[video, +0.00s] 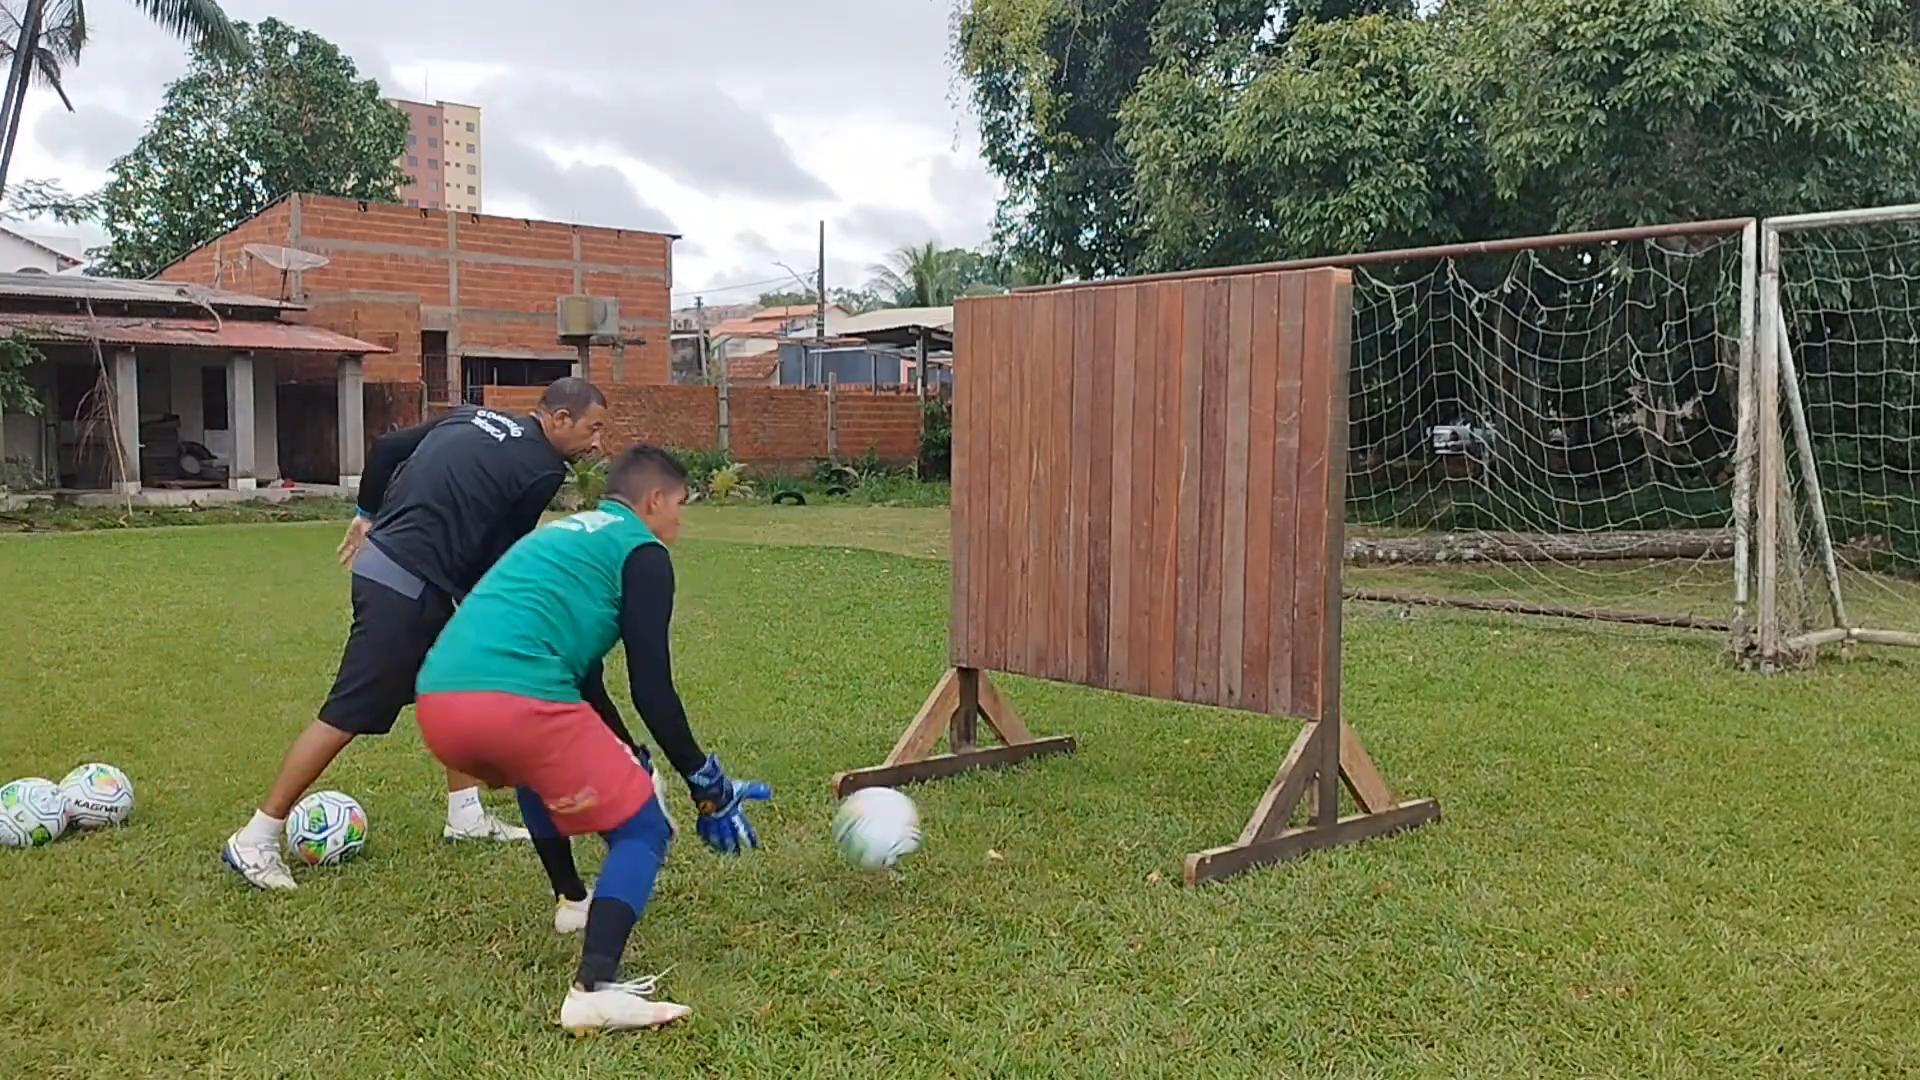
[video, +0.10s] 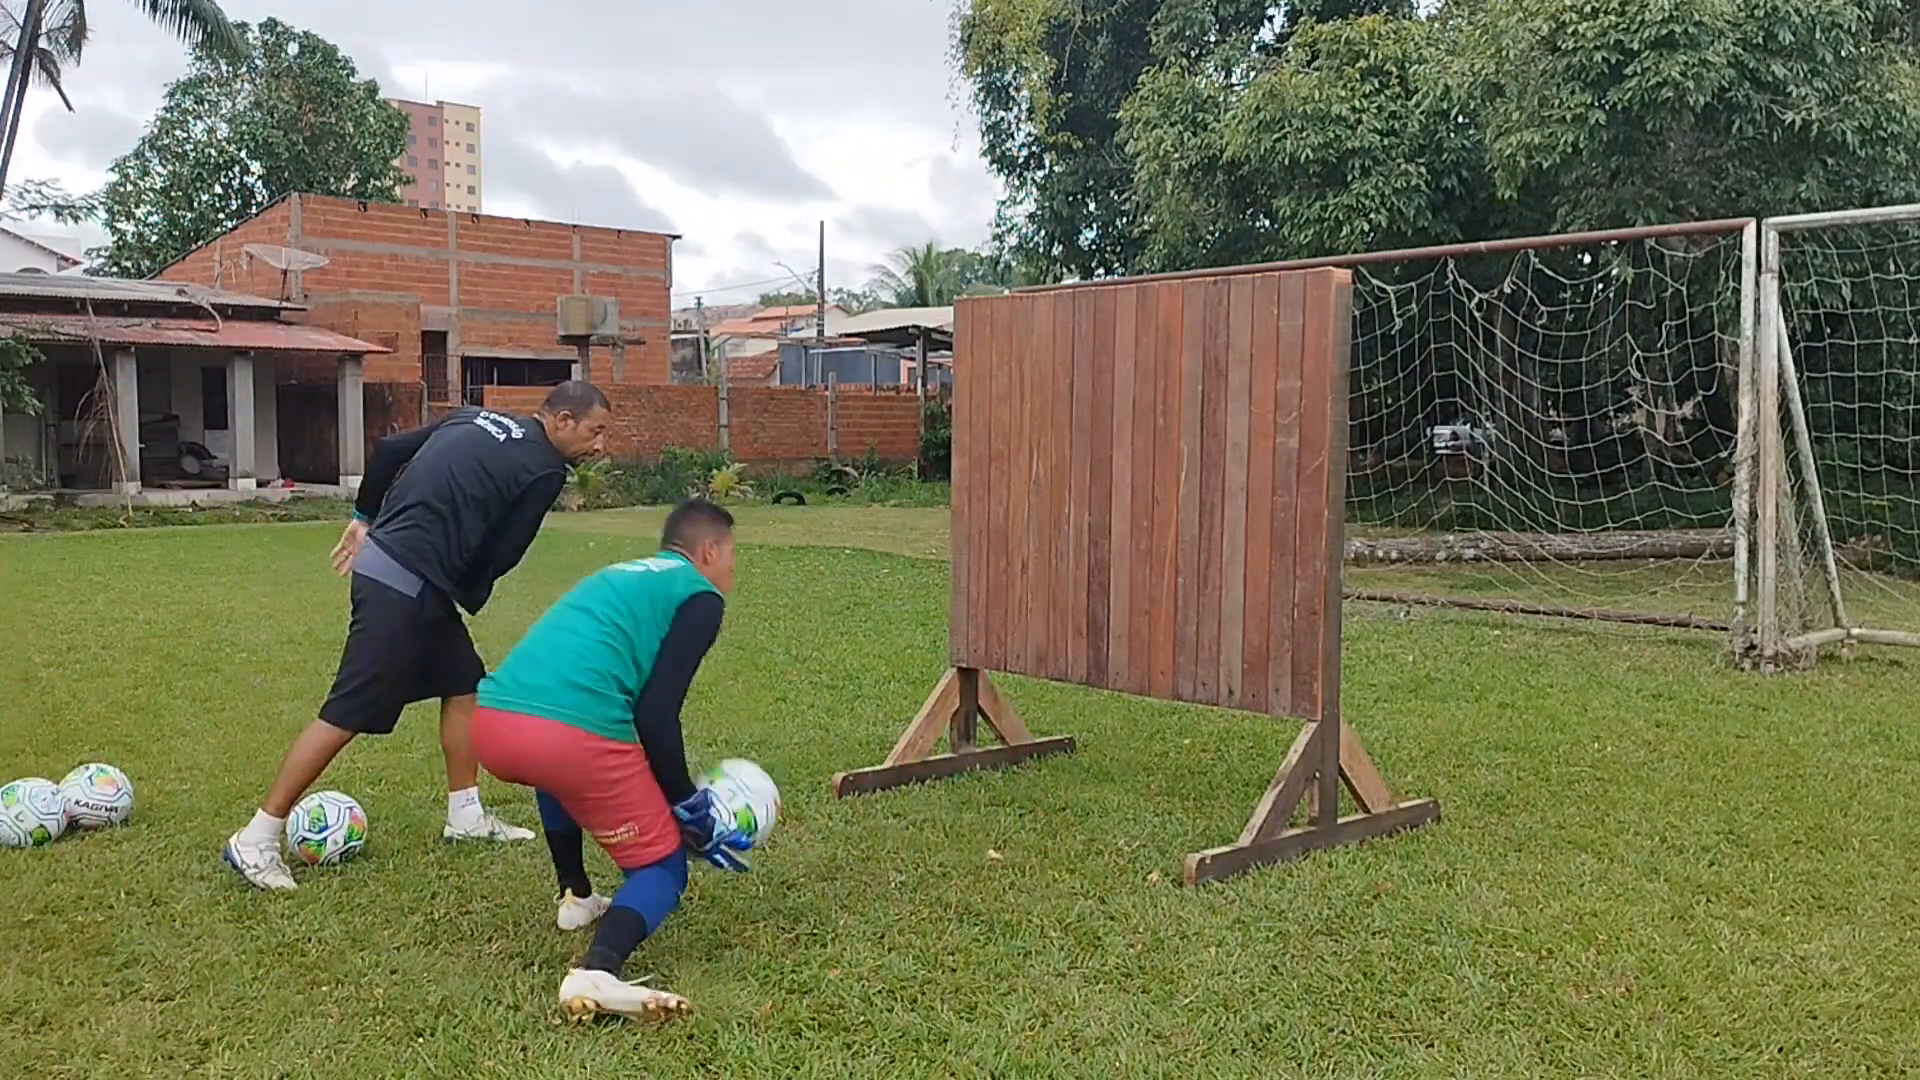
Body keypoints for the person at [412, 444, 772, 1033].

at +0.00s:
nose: (680, 525)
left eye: (684, 510)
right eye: (681, 509)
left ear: (614, 496)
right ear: (655, 500)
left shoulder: (562, 534)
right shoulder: (643, 551)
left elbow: (585, 681)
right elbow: (651, 684)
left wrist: (629, 758)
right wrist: (703, 775)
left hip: (440, 701)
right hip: (523, 705)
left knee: (534, 773)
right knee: (643, 828)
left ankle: (571, 898)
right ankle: (595, 986)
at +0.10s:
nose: (734, 570)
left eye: (735, 557)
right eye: (733, 556)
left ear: (669, 546)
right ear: (710, 552)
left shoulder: (622, 574)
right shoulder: (699, 596)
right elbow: (656, 711)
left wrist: (684, 815)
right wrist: (686, 800)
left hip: (494, 728)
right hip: (578, 743)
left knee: (560, 765)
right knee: (662, 864)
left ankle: (575, 895)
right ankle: (598, 971)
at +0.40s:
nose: (906, 700)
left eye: (910, 689)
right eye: (906, 688)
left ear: (858, 670)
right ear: (884, 679)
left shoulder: (808, 696)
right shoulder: (867, 722)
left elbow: (835, 826)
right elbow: (897, 844)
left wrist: (893, 795)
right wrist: (923, 789)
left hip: (645, 780)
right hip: (686, 805)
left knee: (741, 840)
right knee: (778, 935)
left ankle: (614, 874)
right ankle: (619, 964)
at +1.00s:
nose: (1079, 651)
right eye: (1083, 645)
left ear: (1033, 626)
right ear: (1079, 644)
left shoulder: (988, 649)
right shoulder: (1083, 687)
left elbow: (943, 719)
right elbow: (1045, 769)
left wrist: (871, 775)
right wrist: (1043, 803)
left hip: (881, 759)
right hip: (942, 789)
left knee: (896, 856)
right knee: (1037, 889)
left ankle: (771, 864)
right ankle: (919, 905)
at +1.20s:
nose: (949, 551)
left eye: (948, 546)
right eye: (950, 548)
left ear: (954, 545)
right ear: (1006, 550)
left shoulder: (930, 574)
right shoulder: (1042, 598)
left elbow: (853, 618)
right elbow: (1055, 682)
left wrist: (896, 679)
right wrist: (1011, 716)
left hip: (896, 747)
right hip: (972, 773)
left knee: (897, 713)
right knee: (1042, 884)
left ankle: (855, 845)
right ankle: (947, 901)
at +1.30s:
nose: (900, 527)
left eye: (901, 521)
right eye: (901, 522)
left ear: (912, 520)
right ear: (960, 522)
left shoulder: (889, 552)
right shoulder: (1000, 567)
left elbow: (824, 622)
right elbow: (1015, 671)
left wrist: (874, 680)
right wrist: (962, 655)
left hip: (903, 745)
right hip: (982, 759)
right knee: (1024, 879)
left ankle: (928, 851)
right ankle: (975, 920)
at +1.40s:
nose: (865, 514)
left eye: (864, 507)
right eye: (865, 508)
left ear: (876, 503)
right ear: (928, 503)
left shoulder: (858, 540)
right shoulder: (964, 540)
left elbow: (820, 634)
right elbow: (957, 620)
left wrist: (880, 668)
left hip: (896, 730)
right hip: (971, 737)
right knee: (994, 856)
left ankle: (935, 849)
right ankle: (967, 913)